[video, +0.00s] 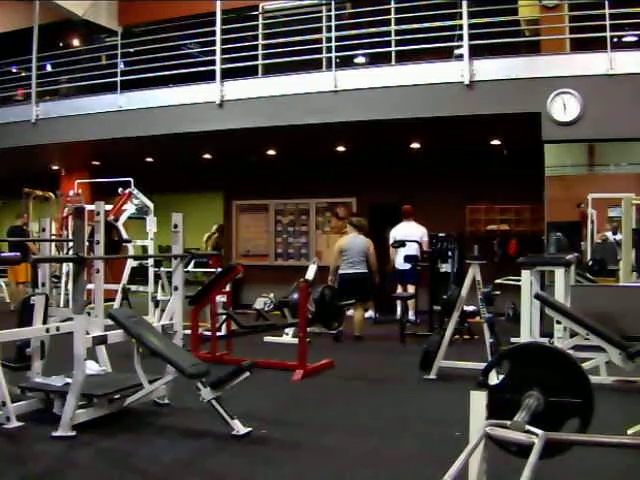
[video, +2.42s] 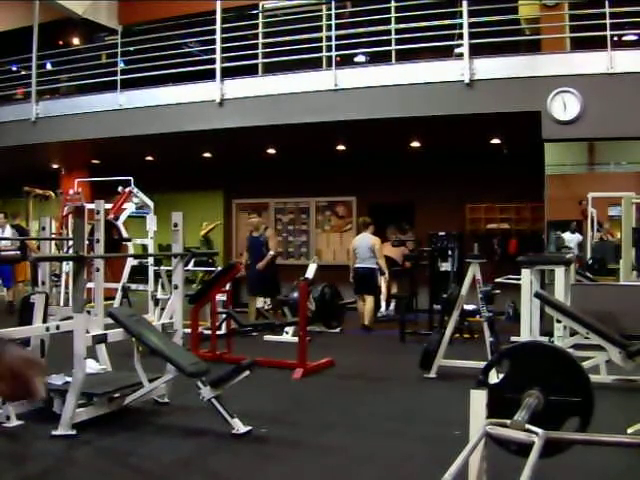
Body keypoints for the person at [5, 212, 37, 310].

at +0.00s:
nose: (27, 220)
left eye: (27, 218)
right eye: (27, 218)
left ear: (17, 218)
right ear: (24, 217)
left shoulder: (10, 230)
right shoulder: (24, 231)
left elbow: (10, 244)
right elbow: (30, 244)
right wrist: (36, 252)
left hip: (11, 260)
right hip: (23, 259)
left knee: (12, 284)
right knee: (21, 284)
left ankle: (13, 303)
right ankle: (21, 304)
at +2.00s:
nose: (21, 218)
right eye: (21, 216)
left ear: (12, 217)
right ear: (20, 217)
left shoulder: (9, 229)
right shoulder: (23, 230)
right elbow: (29, 243)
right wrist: (36, 250)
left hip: (10, 258)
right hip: (21, 258)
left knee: (11, 281)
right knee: (20, 282)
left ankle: (10, 299)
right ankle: (20, 302)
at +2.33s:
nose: (21, 220)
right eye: (21, 218)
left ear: (12, 217)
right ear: (20, 218)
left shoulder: (7, 228)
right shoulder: (22, 230)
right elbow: (30, 243)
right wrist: (36, 250)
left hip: (9, 258)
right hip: (21, 257)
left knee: (10, 282)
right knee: (19, 282)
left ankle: (10, 301)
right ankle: (18, 302)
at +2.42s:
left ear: (10, 218)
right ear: (20, 217)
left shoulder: (8, 228)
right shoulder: (22, 229)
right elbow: (29, 242)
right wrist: (36, 251)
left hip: (10, 258)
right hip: (21, 258)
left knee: (11, 282)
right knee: (20, 281)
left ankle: (11, 300)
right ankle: (21, 301)